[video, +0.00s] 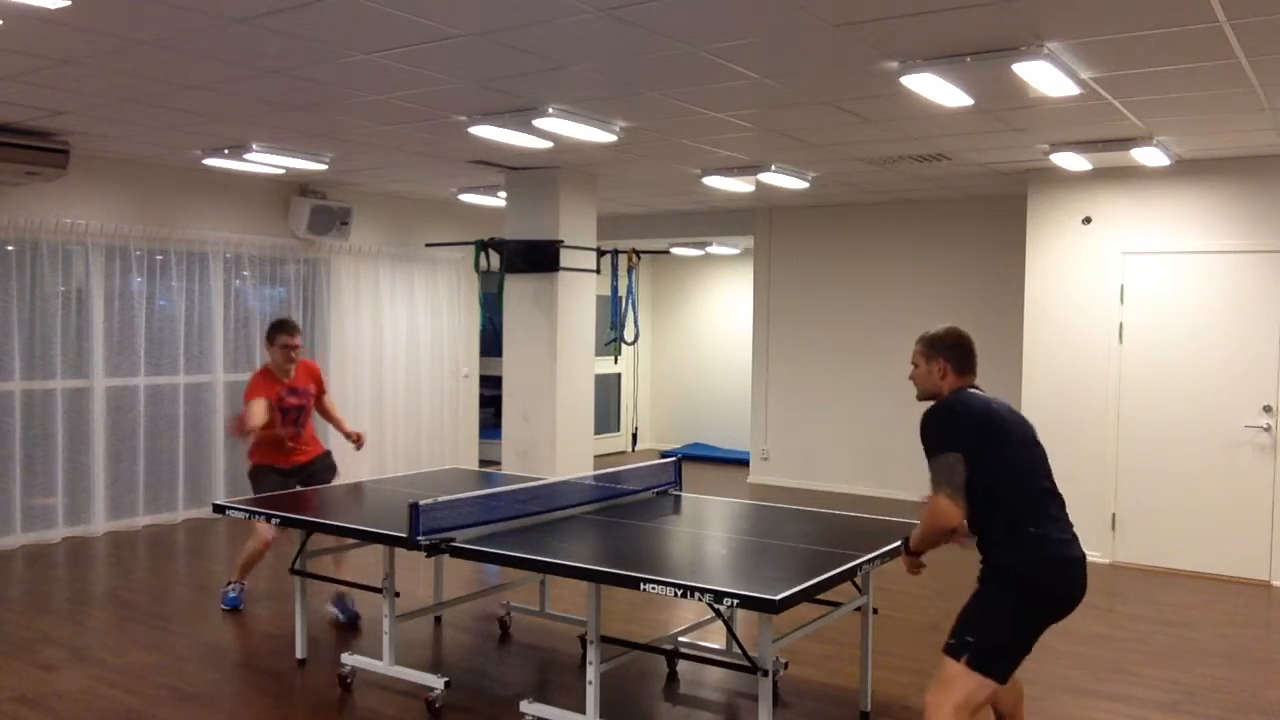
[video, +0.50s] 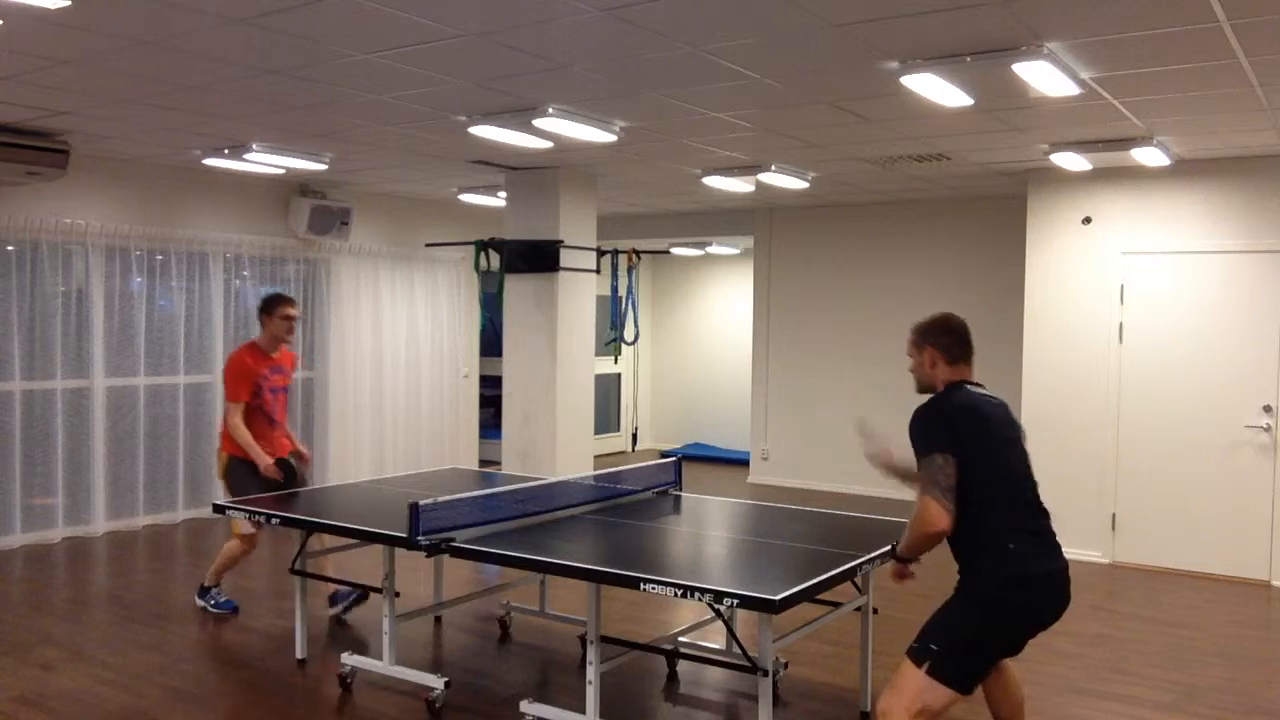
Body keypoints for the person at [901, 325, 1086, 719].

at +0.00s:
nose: (911, 374)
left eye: (916, 365)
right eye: (912, 365)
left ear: (941, 369)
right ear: (951, 370)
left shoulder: (946, 413)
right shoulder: (999, 411)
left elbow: (947, 516)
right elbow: (1016, 505)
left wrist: (914, 548)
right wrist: (961, 528)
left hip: (1023, 571)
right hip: (1063, 568)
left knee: (945, 701)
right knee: (996, 675)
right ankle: (1011, 713)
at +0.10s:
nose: (921, 373)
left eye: (925, 364)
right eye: (921, 364)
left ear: (949, 367)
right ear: (974, 369)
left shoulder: (940, 414)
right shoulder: (1022, 417)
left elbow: (933, 513)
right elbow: (1065, 511)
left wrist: (916, 552)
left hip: (1006, 571)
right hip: (1062, 570)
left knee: (935, 702)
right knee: (997, 652)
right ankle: (1017, 713)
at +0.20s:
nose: (929, 380)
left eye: (933, 370)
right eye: (930, 371)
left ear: (956, 369)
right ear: (984, 371)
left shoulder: (940, 417)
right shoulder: (1034, 425)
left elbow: (925, 514)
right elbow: (1072, 520)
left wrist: (919, 558)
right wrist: (1055, 568)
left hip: (996, 577)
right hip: (1057, 577)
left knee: (924, 704)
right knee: (1003, 654)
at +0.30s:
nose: (932, 383)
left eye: (935, 372)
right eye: (932, 373)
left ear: (957, 373)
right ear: (987, 375)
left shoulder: (937, 418)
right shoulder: (1036, 430)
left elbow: (921, 517)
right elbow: (1071, 534)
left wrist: (919, 565)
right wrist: (1048, 581)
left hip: (989, 582)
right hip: (1051, 582)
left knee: (909, 705)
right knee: (1001, 657)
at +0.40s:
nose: (925, 377)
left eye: (928, 366)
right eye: (925, 366)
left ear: (948, 366)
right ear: (981, 368)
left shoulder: (934, 416)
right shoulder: (1023, 423)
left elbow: (923, 516)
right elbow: (1023, 507)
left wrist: (913, 560)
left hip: (987, 583)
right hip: (1047, 579)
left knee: (901, 705)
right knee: (995, 658)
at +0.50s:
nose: (910, 367)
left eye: (913, 356)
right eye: (911, 357)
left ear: (933, 356)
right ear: (960, 357)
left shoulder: (935, 413)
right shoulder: (995, 407)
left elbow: (935, 520)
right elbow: (973, 488)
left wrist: (904, 556)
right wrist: (900, 468)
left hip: (998, 587)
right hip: (1047, 580)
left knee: (896, 708)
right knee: (986, 655)